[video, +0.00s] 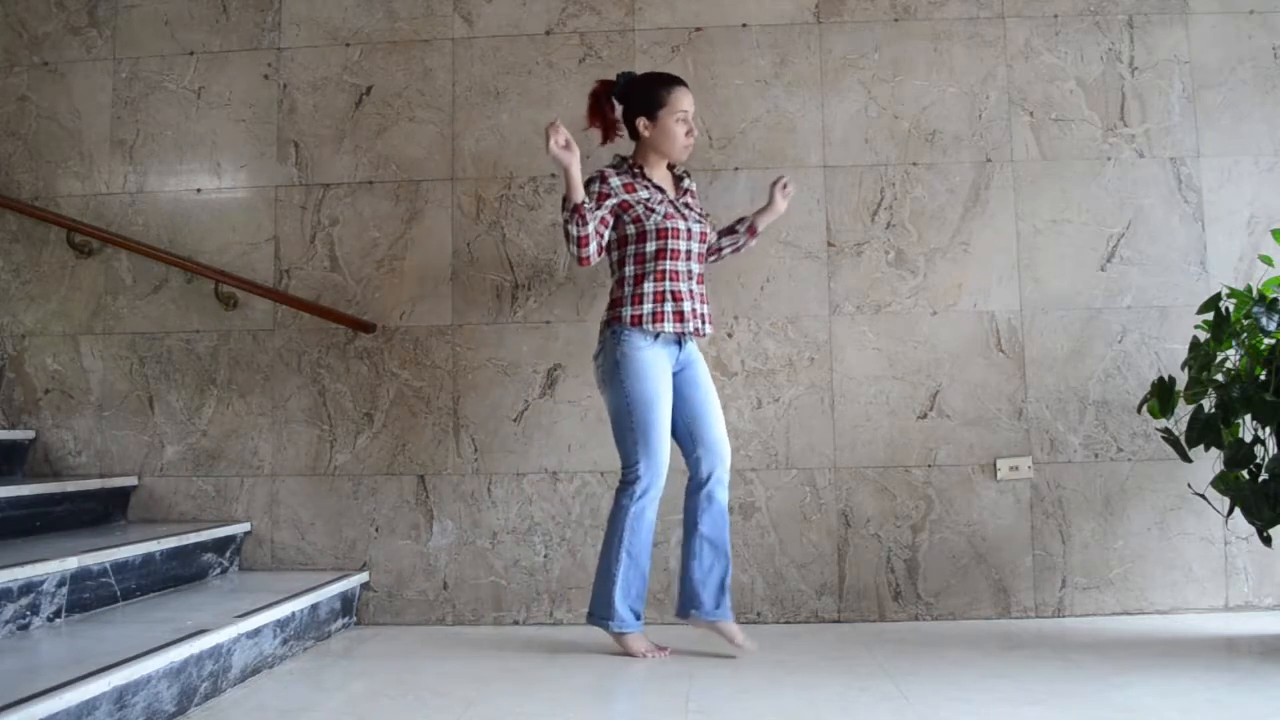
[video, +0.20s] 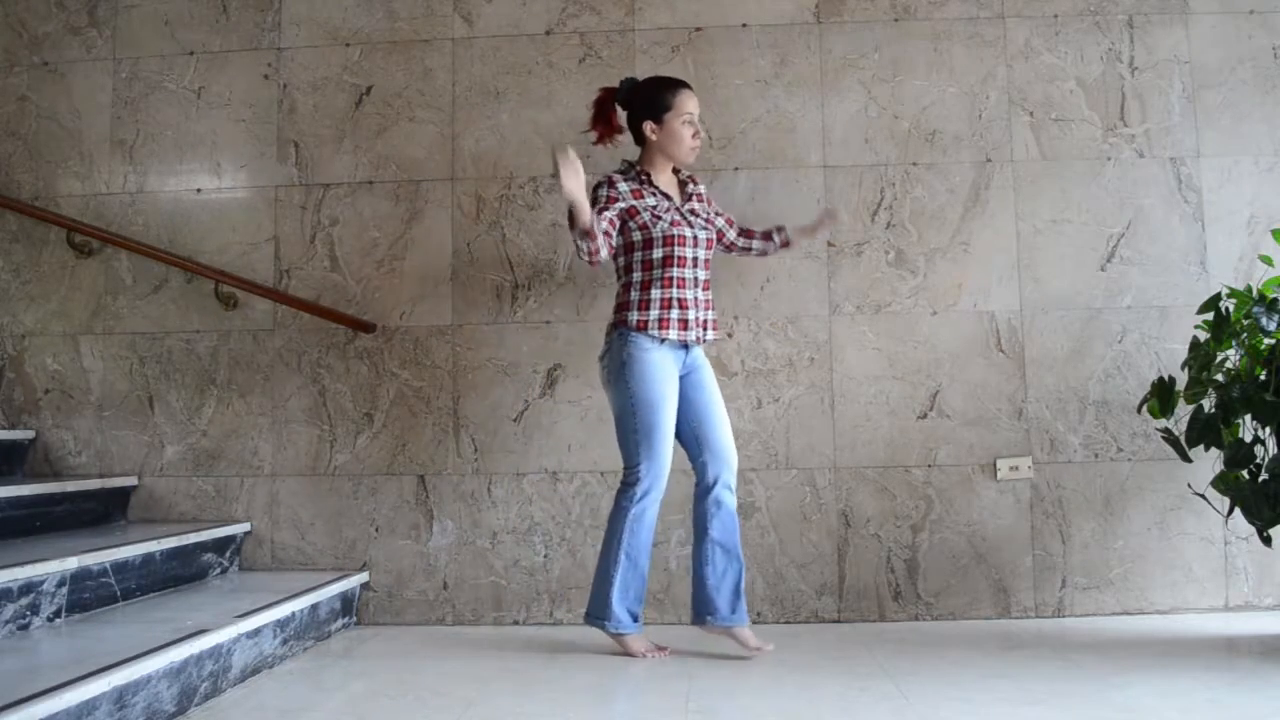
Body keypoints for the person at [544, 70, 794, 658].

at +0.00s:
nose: (693, 130)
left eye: (694, 121)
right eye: (682, 120)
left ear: (678, 129)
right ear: (643, 126)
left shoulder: (685, 193)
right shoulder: (615, 183)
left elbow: (705, 253)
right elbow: (585, 251)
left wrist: (766, 215)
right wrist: (573, 175)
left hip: (684, 345)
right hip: (636, 343)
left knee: (714, 461)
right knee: (646, 471)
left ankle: (707, 603)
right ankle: (620, 619)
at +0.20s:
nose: (699, 132)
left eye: (700, 122)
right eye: (688, 122)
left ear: (686, 129)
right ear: (651, 129)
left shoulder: (696, 197)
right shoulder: (622, 190)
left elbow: (738, 238)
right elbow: (598, 252)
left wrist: (800, 234)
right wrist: (578, 199)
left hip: (692, 351)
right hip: (642, 348)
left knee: (719, 472)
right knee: (647, 476)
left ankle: (721, 611)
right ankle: (618, 618)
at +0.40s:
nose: (710, 142)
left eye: (710, 132)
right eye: (699, 132)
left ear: (690, 142)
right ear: (663, 141)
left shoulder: (713, 211)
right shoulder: (636, 201)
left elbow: (752, 271)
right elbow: (613, 267)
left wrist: (798, 322)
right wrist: (609, 337)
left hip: (714, 361)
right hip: (664, 358)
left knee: (725, 488)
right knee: (656, 487)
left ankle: (702, 626)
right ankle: (615, 621)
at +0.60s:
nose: (740, 124)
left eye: (737, 115)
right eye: (729, 114)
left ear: (710, 129)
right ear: (693, 126)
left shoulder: (722, 195)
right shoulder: (670, 183)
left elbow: (720, 277)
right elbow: (643, 266)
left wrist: (735, 343)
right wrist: (631, 355)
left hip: (732, 352)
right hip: (685, 349)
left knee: (737, 487)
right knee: (708, 483)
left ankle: (704, 618)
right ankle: (636, 609)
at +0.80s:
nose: (759, 129)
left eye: (758, 120)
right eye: (748, 119)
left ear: (722, 131)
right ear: (712, 128)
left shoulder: (730, 190)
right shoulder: (698, 178)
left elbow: (705, 273)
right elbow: (649, 258)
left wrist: (670, 330)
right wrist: (657, 313)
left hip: (726, 350)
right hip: (707, 347)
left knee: (731, 480)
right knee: (772, 468)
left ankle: (699, 614)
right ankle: (722, 616)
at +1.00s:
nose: (767, 133)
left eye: (767, 125)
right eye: (757, 123)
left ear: (732, 131)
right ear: (722, 128)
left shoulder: (738, 184)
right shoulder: (718, 172)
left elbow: (717, 278)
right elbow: (681, 247)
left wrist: (692, 355)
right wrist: (670, 318)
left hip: (730, 342)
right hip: (731, 342)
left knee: (734, 487)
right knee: (776, 479)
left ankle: (703, 620)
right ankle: (781, 628)